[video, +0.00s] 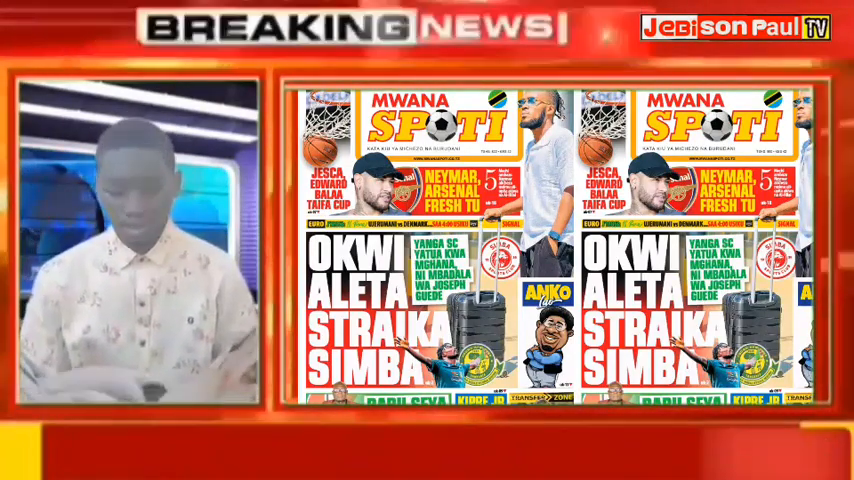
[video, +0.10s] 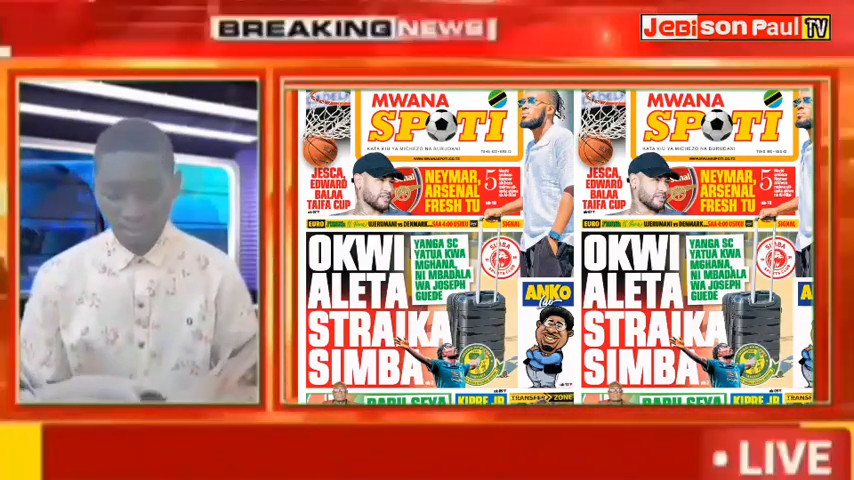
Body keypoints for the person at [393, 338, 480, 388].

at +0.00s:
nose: (453, 348)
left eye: (453, 347)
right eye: (449, 347)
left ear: (456, 352)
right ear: (443, 354)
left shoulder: (462, 367)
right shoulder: (439, 365)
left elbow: (474, 365)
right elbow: (423, 359)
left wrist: (478, 360)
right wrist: (407, 348)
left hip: (461, 403)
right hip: (444, 403)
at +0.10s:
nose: (453, 348)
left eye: (453, 347)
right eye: (449, 347)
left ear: (456, 352)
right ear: (443, 354)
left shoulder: (462, 367)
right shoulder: (439, 365)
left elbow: (474, 365)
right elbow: (423, 359)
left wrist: (478, 360)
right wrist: (407, 348)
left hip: (461, 402)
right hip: (444, 403)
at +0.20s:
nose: (453, 348)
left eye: (453, 347)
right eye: (449, 347)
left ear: (456, 352)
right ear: (443, 354)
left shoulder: (462, 367)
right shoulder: (439, 365)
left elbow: (474, 365)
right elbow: (423, 359)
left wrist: (478, 360)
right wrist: (407, 348)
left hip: (461, 402)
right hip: (444, 403)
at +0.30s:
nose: (453, 348)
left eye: (453, 347)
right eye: (449, 347)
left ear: (456, 352)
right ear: (443, 354)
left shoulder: (462, 367)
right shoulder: (439, 365)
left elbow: (474, 365)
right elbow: (423, 359)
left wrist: (478, 360)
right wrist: (407, 348)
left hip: (461, 403)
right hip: (444, 403)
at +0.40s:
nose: (453, 348)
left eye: (453, 347)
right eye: (449, 347)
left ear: (456, 352)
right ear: (443, 354)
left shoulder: (462, 367)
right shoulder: (439, 365)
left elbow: (474, 365)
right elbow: (423, 359)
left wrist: (478, 360)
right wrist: (407, 348)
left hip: (461, 403)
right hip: (444, 403)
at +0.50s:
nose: (453, 348)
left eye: (453, 347)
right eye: (449, 347)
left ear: (455, 351)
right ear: (443, 354)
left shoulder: (462, 367)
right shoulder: (439, 365)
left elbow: (474, 365)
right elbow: (423, 359)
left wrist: (478, 361)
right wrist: (408, 348)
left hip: (461, 402)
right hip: (444, 403)